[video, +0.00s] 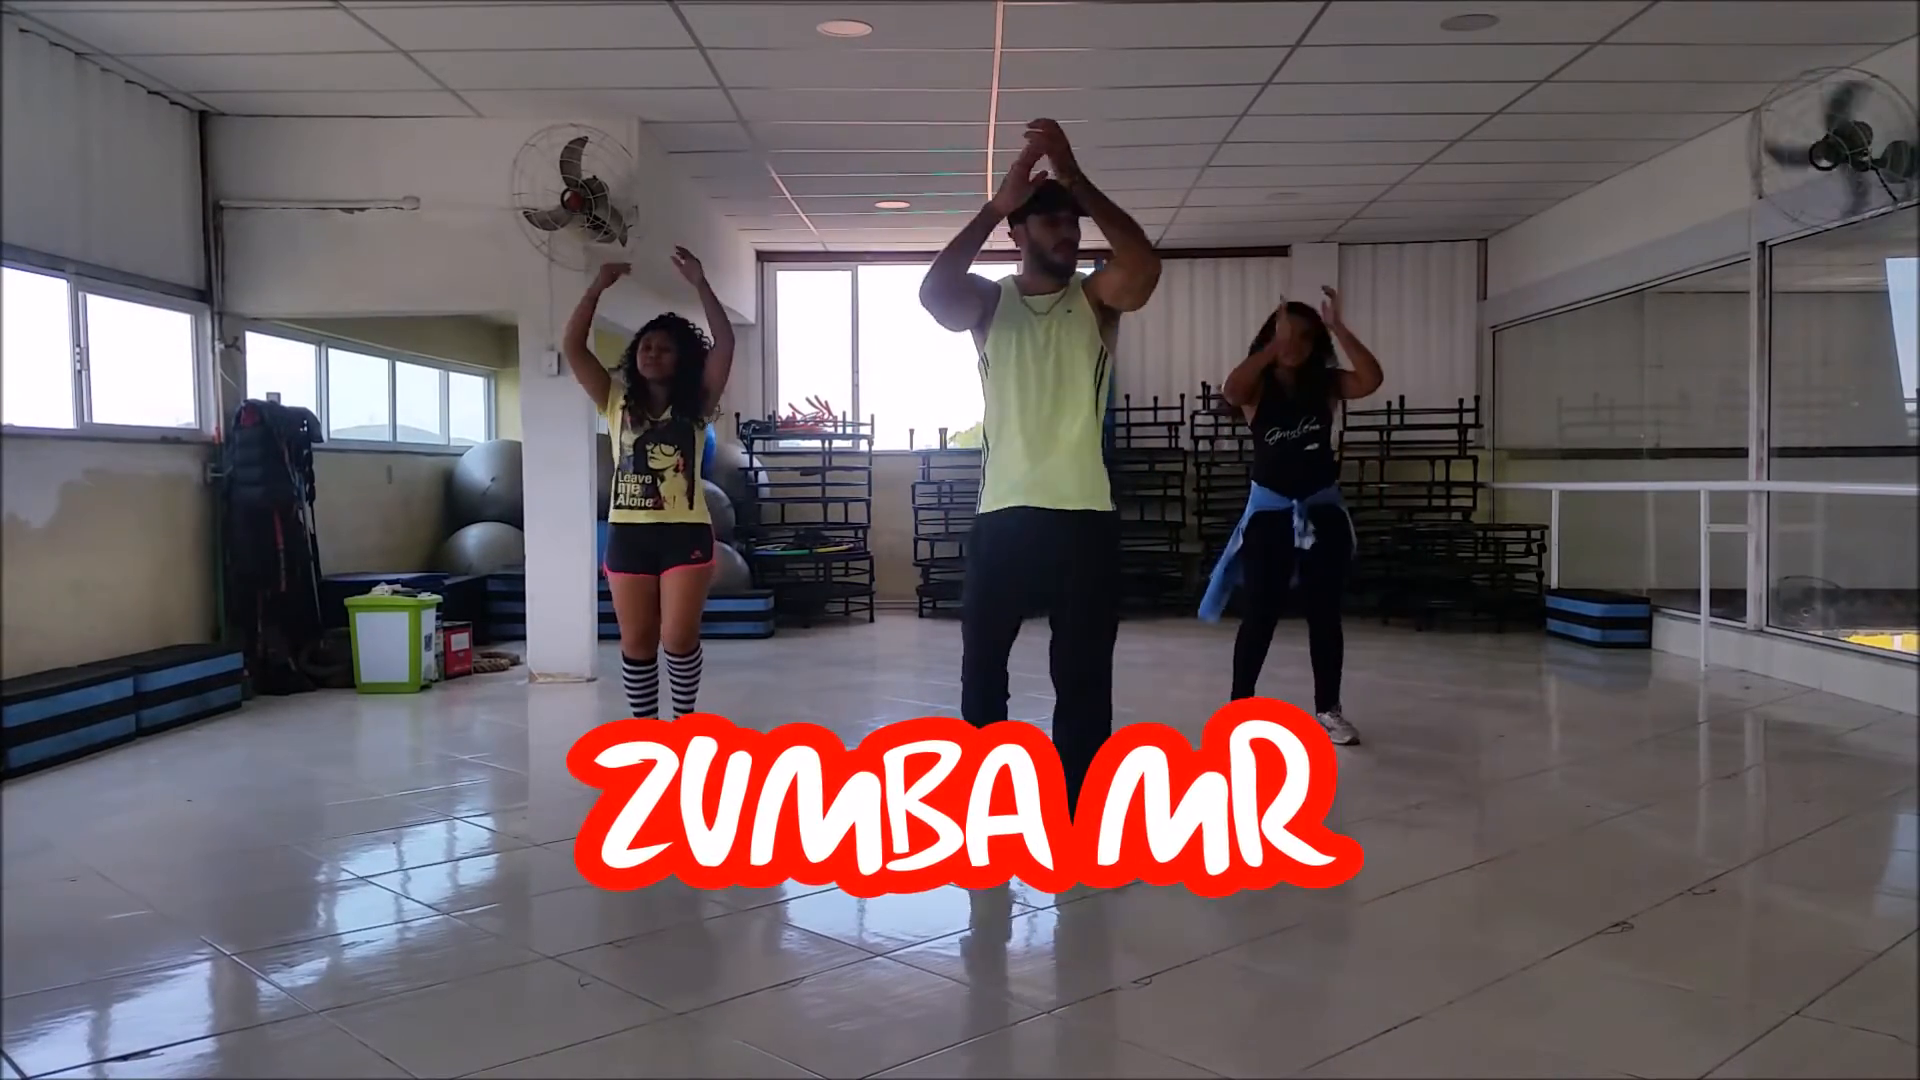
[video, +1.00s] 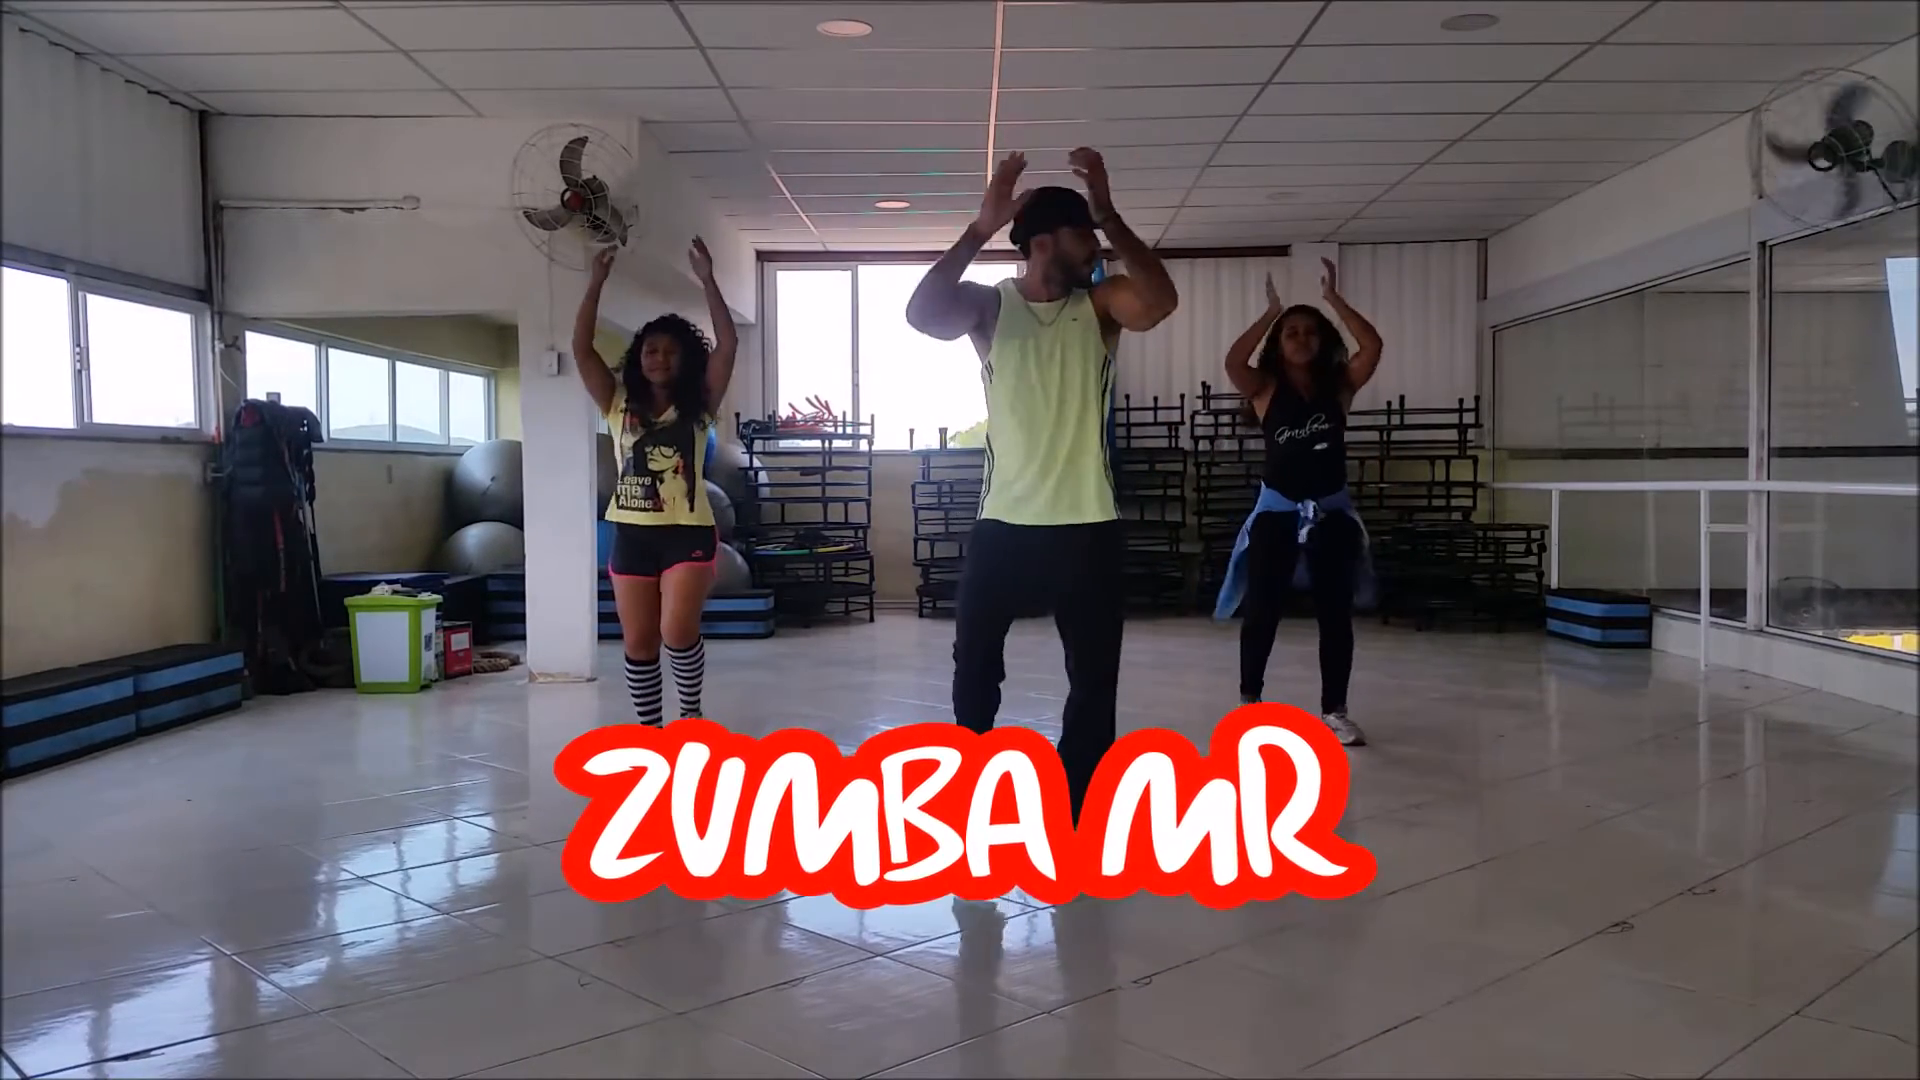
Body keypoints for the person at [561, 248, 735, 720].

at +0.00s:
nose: (654, 355)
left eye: (665, 349)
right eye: (646, 348)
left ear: (684, 360)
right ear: (634, 356)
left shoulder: (696, 404)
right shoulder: (615, 402)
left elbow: (723, 343)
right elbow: (573, 345)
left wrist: (700, 284)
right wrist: (597, 286)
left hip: (685, 538)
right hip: (628, 539)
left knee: (678, 641)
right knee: (636, 645)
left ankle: (685, 729)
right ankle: (645, 736)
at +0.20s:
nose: (656, 357)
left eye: (667, 350)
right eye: (648, 349)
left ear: (683, 361)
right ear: (636, 356)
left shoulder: (697, 404)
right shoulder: (618, 401)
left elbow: (717, 342)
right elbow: (584, 349)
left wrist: (698, 281)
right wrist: (593, 283)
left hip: (685, 537)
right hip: (628, 537)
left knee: (673, 635)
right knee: (637, 644)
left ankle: (689, 726)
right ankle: (646, 736)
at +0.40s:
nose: (659, 358)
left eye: (670, 351)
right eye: (652, 349)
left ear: (688, 357)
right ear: (640, 356)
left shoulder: (702, 403)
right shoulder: (626, 401)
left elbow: (715, 337)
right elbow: (593, 343)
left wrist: (676, 280)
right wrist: (636, 288)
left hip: (691, 541)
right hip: (633, 540)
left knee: (687, 644)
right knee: (635, 646)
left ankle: (690, 732)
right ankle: (646, 735)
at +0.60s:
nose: (664, 360)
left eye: (675, 352)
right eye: (656, 352)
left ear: (694, 360)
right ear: (645, 359)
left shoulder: (708, 407)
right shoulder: (629, 403)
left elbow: (725, 340)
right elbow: (589, 348)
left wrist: (708, 279)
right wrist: (591, 281)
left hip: (696, 541)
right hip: (638, 539)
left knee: (691, 643)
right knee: (628, 631)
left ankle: (690, 728)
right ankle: (648, 715)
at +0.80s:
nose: (661, 364)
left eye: (671, 357)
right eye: (653, 356)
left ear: (687, 362)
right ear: (643, 360)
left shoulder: (704, 406)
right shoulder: (627, 405)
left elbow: (707, 341)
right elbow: (602, 347)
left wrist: (668, 290)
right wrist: (651, 301)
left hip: (693, 541)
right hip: (635, 541)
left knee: (688, 649)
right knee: (639, 651)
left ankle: (691, 741)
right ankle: (651, 741)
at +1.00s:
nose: (659, 359)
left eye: (670, 351)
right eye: (651, 351)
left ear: (686, 360)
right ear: (638, 358)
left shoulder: (700, 405)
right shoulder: (617, 404)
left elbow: (726, 343)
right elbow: (582, 347)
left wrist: (708, 280)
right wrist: (595, 282)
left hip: (688, 538)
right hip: (631, 539)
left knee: (678, 633)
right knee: (638, 645)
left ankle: (691, 722)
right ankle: (650, 736)